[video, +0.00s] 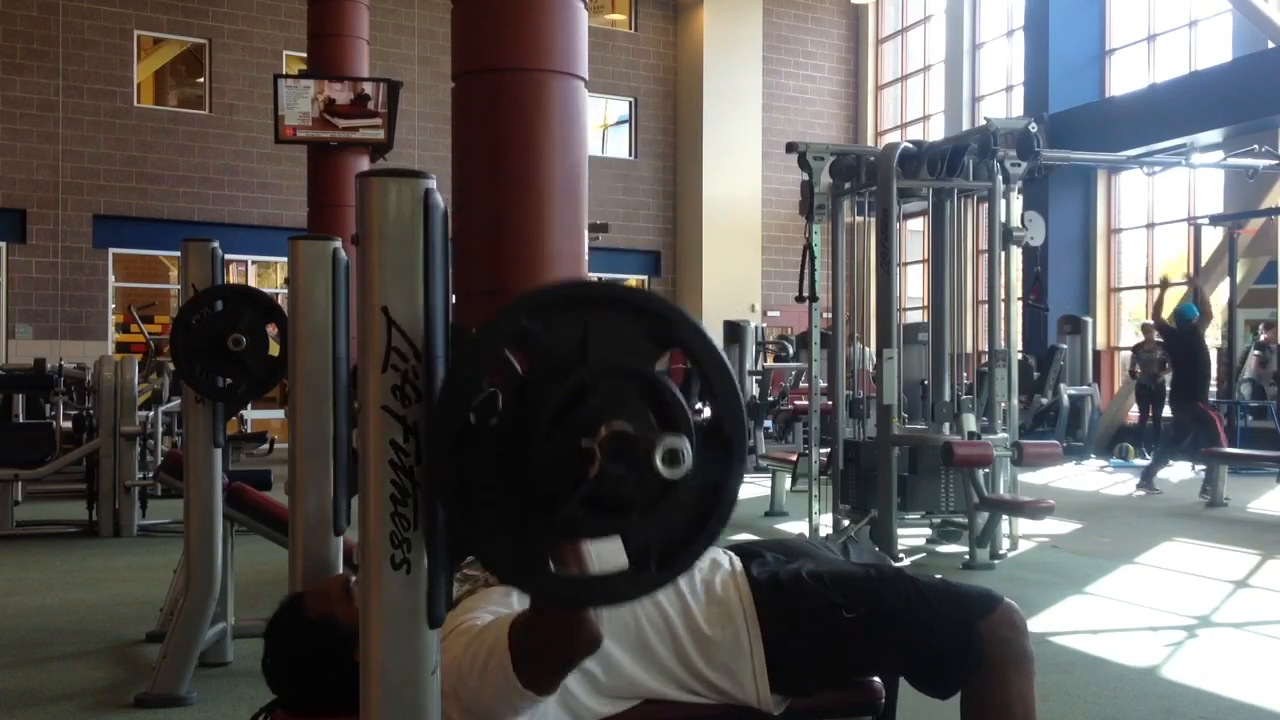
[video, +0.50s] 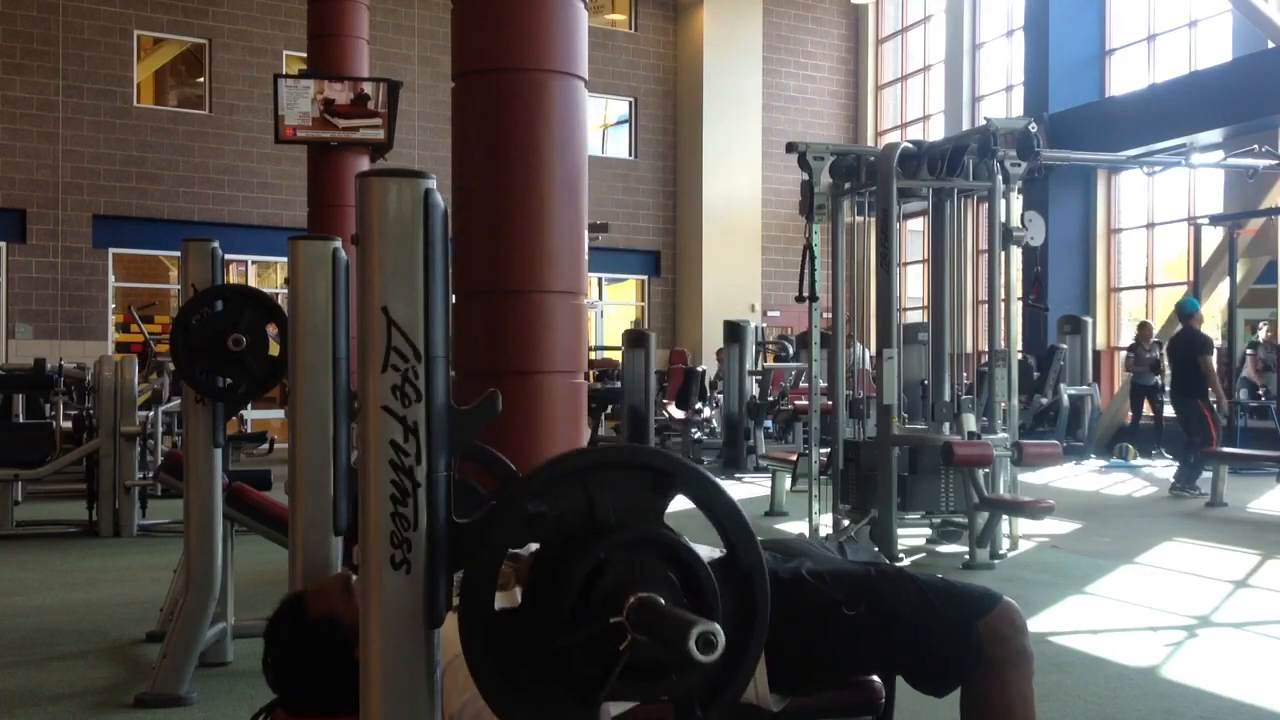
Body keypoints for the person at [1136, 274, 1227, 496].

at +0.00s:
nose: (1199, 319)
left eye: (1197, 316)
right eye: (1198, 316)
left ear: (1176, 320)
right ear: (1194, 320)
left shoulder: (1170, 335)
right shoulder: (1196, 333)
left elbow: (1156, 317)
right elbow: (1207, 311)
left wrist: (1162, 290)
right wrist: (1197, 286)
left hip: (1177, 398)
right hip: (1194, 399)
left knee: (1176, 438)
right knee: (1216, 436)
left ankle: (1147, 478)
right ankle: (1210, 484)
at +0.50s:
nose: (1202, 315)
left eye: (1200, 311)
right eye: (1200, 312)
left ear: (1181, 317)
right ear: (1195, 315)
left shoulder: (1173, 341)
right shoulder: (1202, 340)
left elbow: (1175, 371)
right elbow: (1209, 371)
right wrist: (1221, 399)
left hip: (1177, 395)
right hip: (1195, 396)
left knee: (1193, 437)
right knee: (1209, 438)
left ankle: (1180, 480)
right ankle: (1188, 482)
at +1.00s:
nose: (1201, 321)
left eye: (1198, 316)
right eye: (1198, 317)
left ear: (1178, 319)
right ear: (1194, 319)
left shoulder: (1171, 336)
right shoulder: (1195, 336)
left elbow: (1161, 316)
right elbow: (1207, 314)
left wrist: (1169, 295)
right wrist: (1189, 292)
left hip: (1177, 400)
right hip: (1194, 401)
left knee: (1179, 443)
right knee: (1216, 442)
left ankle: (1148, 478)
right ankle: (1203, 487)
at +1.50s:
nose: (1200, 320)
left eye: (1198, 317)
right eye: (1198, 317)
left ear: (1179, 323)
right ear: (1193, 320)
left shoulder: (1170, 346)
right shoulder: (1202, 345)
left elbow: (1171, 377)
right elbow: (1209, 378)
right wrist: (1216, 409)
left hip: (1174, 401)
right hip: (1194, 401)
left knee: (1191, 443)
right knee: (1205, 444)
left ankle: (1178, 482)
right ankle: (1178, 482)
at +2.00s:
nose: (1205, 315)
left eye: (1197, 314)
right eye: (1203, 313)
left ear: (1185, 319)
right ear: (1203, 315)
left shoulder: (1179, 344)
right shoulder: (1208, 331)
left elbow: (1172, 373)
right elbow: (1221, 301)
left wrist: (1177, 389)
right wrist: (1218, 272)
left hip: (1176, 398)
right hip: (1197, 400)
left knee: (1163, 440)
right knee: (1207, 445)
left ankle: (1126, 477)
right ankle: (1191, 486)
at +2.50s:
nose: (1208, 324)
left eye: (1207, 320)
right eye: (1206, 320)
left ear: (1187, 320)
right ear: (1201, 321)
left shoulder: (1179, 334)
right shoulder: (1208, 344)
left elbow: (1186, 310)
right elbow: (1213, 378)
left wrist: (1195, 286)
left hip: (1178, 394)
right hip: (1184, 397)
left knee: (1200, 440)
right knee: (1172, 440)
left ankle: (1181, 483)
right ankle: (1134, 478)